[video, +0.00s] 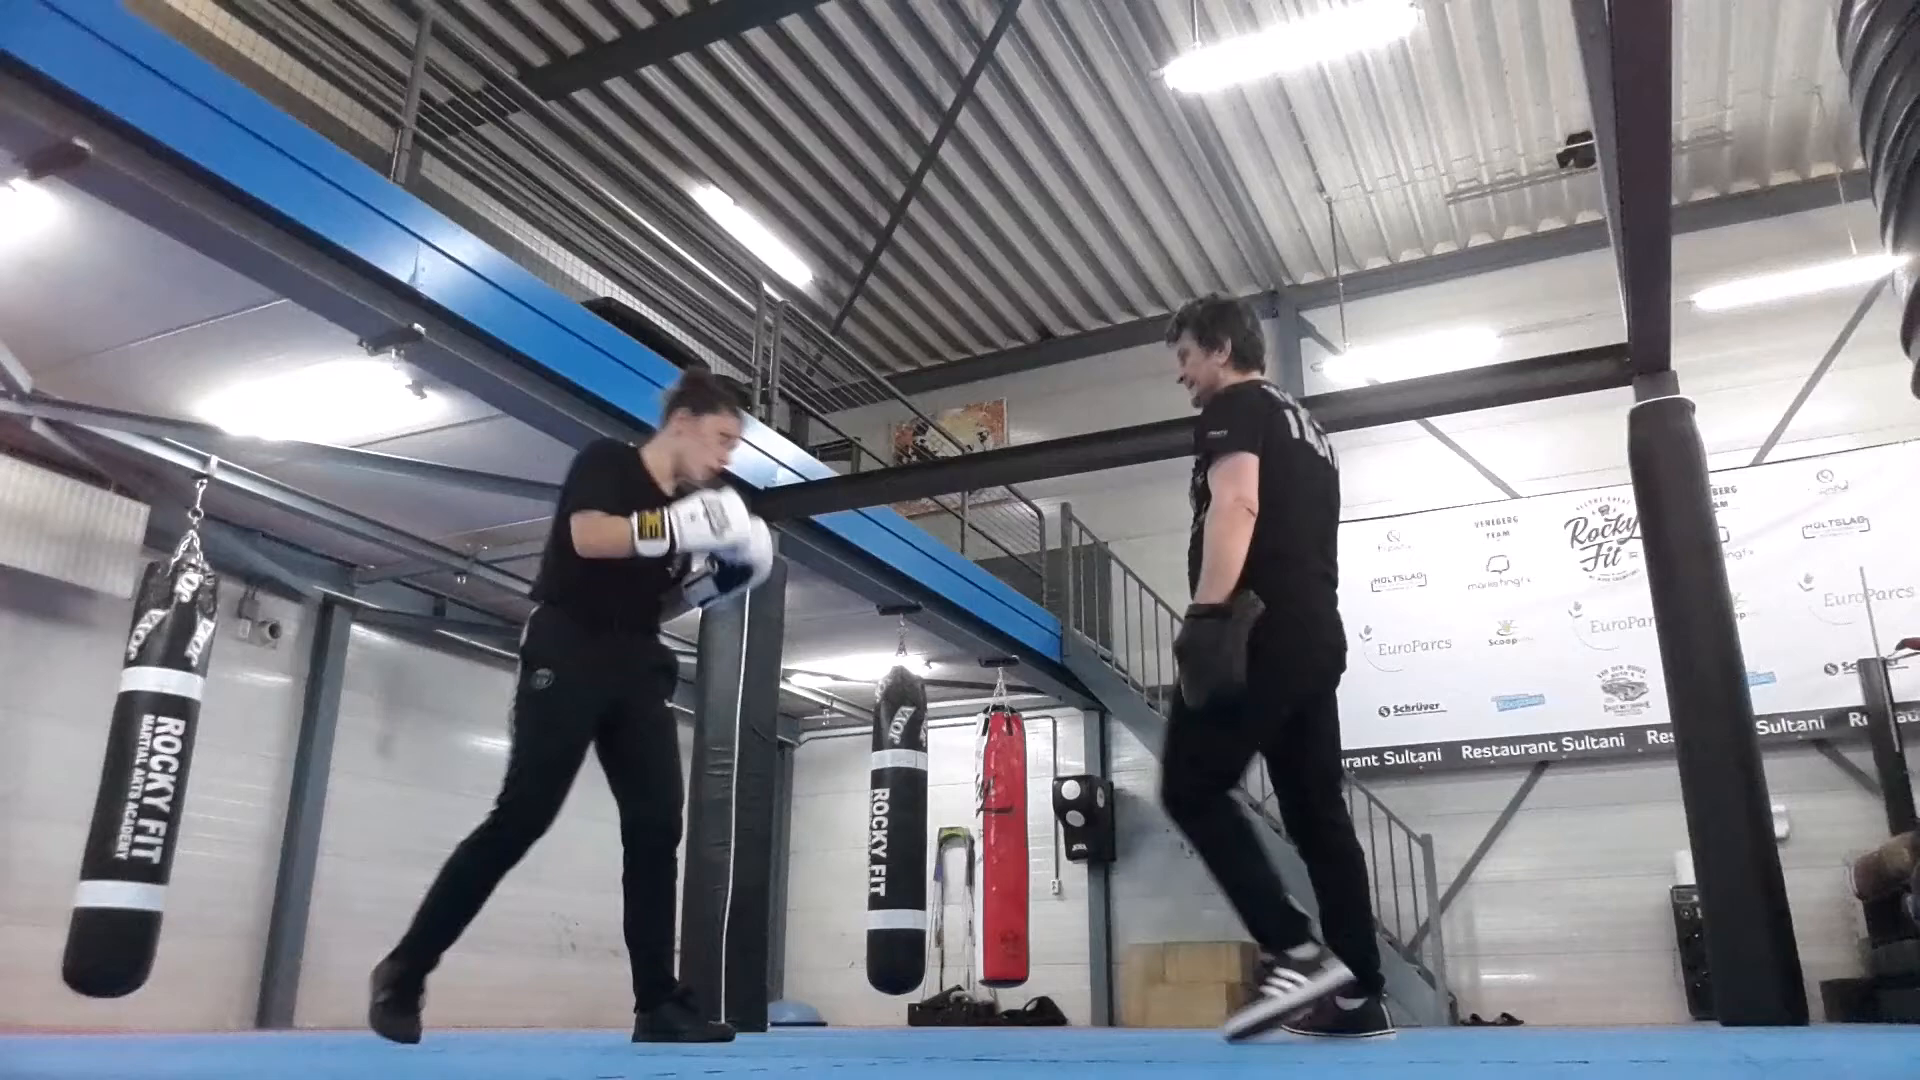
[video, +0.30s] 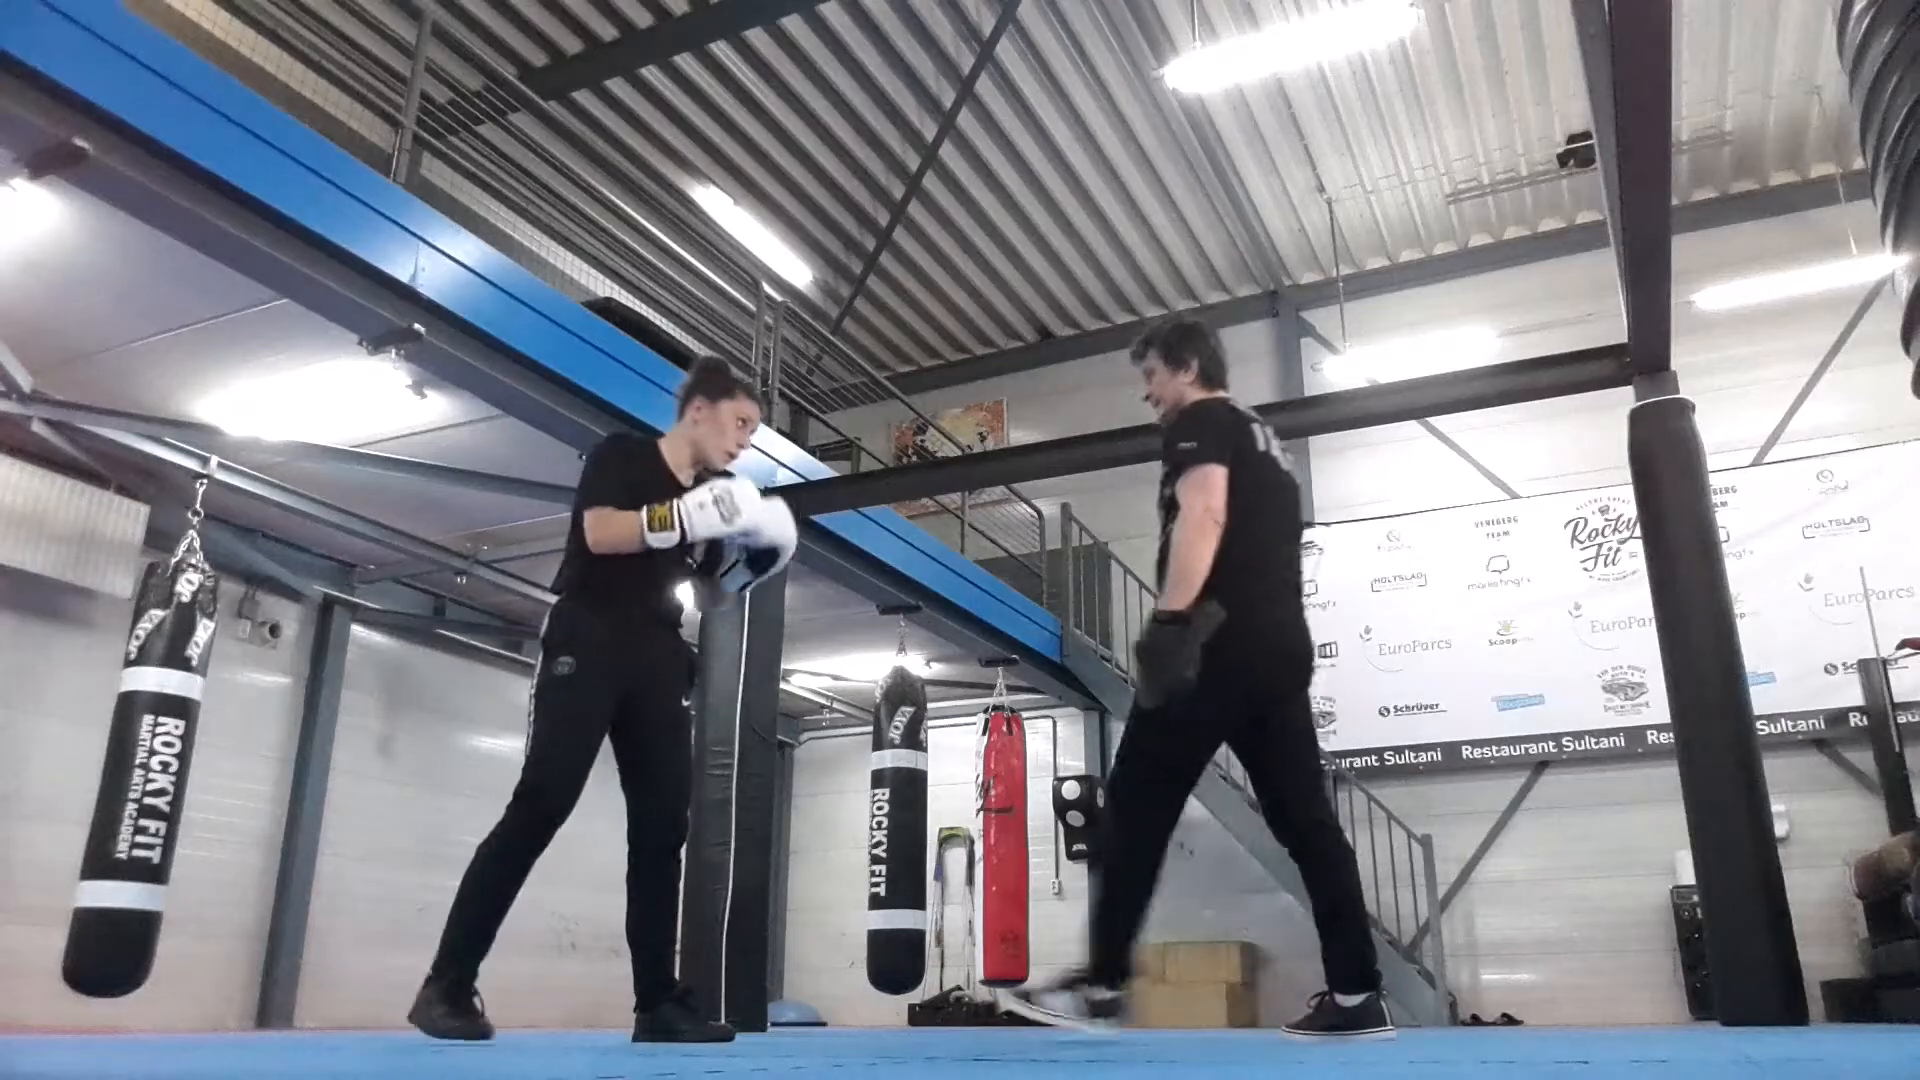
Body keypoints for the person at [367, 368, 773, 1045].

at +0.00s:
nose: (727, 458)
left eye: (733, 446)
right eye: (721, 440)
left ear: (712, 441)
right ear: (679, 423)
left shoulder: (686, 505)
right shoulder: (607, 462)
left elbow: (651, 605)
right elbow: (587, 534)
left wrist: (716, 580)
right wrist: (674, 525)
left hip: (637, 672)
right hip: (566, 659)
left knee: (655, 828)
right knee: (523, 817)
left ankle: (658, 1005)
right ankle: (404, 971)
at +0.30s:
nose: (744, 441)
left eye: (750, 430)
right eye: (738, 423)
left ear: (720, 428)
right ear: (696, 410)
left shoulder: (707, 493)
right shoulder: (623, 453)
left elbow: (709, 580)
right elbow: (598, 532)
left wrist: (751, 553)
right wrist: (686, 516)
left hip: (657, 659)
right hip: (586, 647)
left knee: (661, 827)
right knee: (538, 810)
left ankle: (658, 1005)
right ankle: (446, 988)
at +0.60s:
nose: (701, 418)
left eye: (705, 407)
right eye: (693, 399)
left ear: (680, 405)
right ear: (647, 389)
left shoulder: (665, 480)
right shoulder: (580, 442)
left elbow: (665, 581)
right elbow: (574, 529)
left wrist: (709, 537)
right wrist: (658, 495)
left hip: (629, 658)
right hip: (560, 648)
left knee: (665, 815)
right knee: (519, 819)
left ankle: (659, 1002)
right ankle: (445, 1000)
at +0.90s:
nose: (678, 416)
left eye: (683, 403)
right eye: (672, 397)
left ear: (641, 397)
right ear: (629, 384)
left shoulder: (629, 473)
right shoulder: (562, 432)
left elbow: (621, 574)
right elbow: (583, 511)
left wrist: (688, 535)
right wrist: (662, 481)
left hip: (609, 652)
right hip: (545, 644)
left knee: (653, 818)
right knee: (503, 822)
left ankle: (643, 1002)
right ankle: (443, 999)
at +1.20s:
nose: (720, 425)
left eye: (723, 414)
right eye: (716, 409)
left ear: (684, 403)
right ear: (677, 395)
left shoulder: (660, 478)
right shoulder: (611, 435)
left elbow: (696, 580)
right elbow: (647, 520)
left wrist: (743, 518)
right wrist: (714, 478)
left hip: (620, 641)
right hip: (561, 626)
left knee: (640, 822)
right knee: (566, 790)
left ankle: (640, 1005)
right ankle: (442, 968)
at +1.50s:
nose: (678, 431)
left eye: (682, 419)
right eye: (676, 415)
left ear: (635, 408)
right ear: (637, 401)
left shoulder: (612, 479)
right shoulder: (571, 447)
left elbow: (650, 583)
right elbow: (627, 524)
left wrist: (680, 521)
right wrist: (679, 484)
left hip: (589, 663)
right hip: (534, 655)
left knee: (658, 834)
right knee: (508, 827)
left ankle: (646, 1007)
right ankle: (325, 989)